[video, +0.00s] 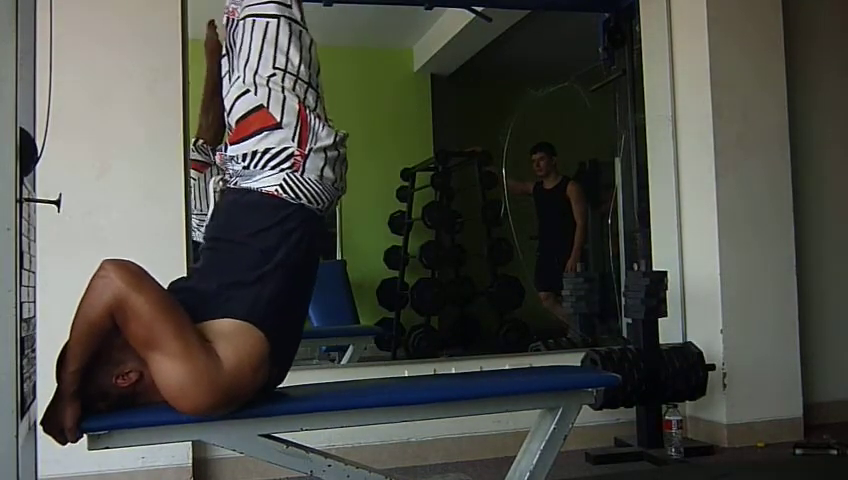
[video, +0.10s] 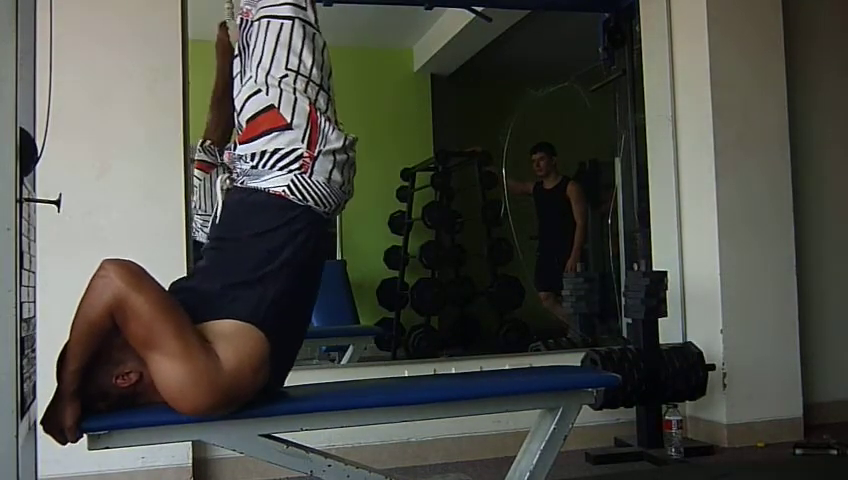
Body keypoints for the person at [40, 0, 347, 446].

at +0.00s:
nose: (124, 340)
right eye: (116, 350)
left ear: (124, 378)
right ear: (126, 373)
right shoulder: (193, 381)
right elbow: (113, 277)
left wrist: (214, 64)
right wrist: (69, 389)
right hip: (285, 180)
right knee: (259, 6)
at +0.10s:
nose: (126, 335)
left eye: (113, 341)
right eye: (118, 346)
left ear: (125, 379)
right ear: (126, 373)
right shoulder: (193, 380)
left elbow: (213, 147)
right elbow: (113, 277)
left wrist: (224, 58)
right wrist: (68, 390)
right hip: (293, 180)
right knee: (275, 5)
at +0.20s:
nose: (130, 334)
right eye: (120, 344)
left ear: (126, 379)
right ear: (126, 373)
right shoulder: (192, 380)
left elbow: (218, 156)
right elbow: (114, 277)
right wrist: (68, 388)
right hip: (299, 182)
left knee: (215, 169)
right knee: (286, 5)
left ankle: (235, 73)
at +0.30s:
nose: (129, 334)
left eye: (115, 340)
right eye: (120, 344)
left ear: (126, 379)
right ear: (125, 374)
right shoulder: (191, 379)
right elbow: (115, 275)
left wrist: (244, 80)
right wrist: (67, 388)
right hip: (303, 185)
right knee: (299, 6)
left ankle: (244, 79)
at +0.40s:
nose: (128, 334)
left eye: (112, 340)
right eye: (118, 343)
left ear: (127, 378)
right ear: (125, 374)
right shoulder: (193, 380)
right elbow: (117, 274)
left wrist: (254, 83)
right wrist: (68, 387)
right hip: (309, 188)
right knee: (314, 7)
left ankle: (255, 80)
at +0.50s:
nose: (129, 334)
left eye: (114, 340)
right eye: (119, 343)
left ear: (127, 378)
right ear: (126, 374)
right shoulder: (193, 378)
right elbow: (116, 274)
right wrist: (68, 388)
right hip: (313, 187)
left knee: (232, 176)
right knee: (330, 9)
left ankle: (267, 83)